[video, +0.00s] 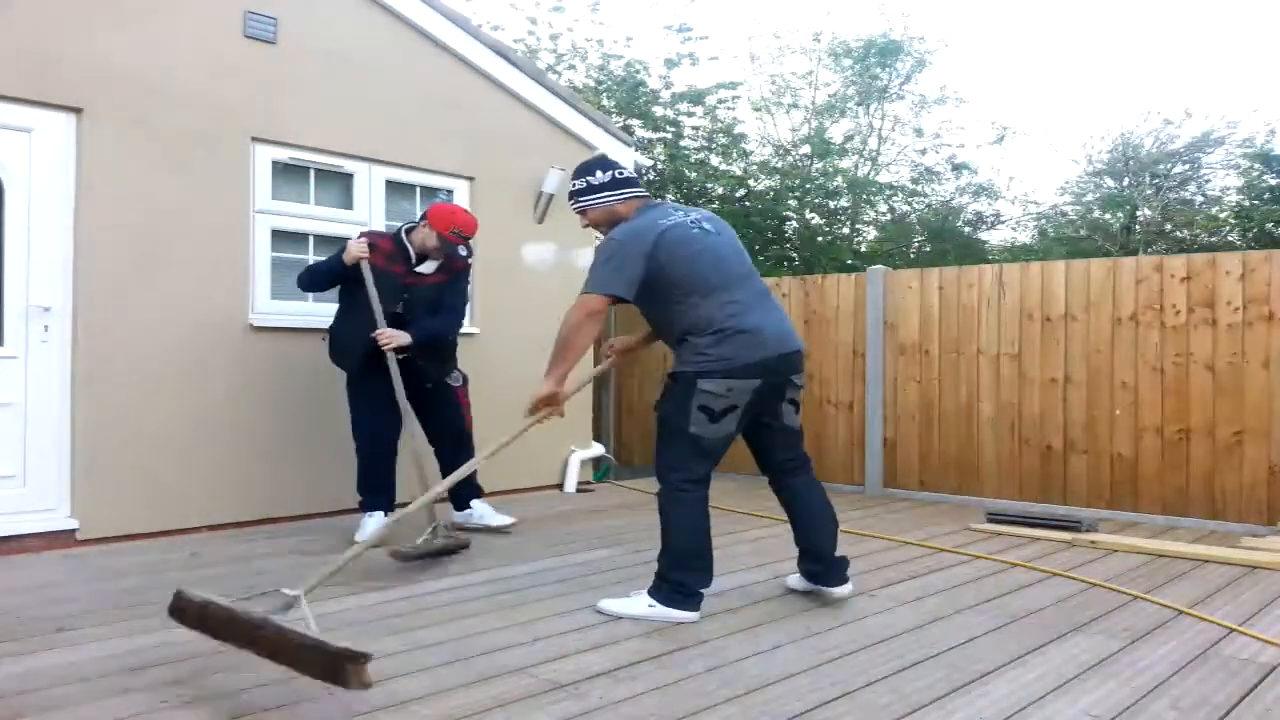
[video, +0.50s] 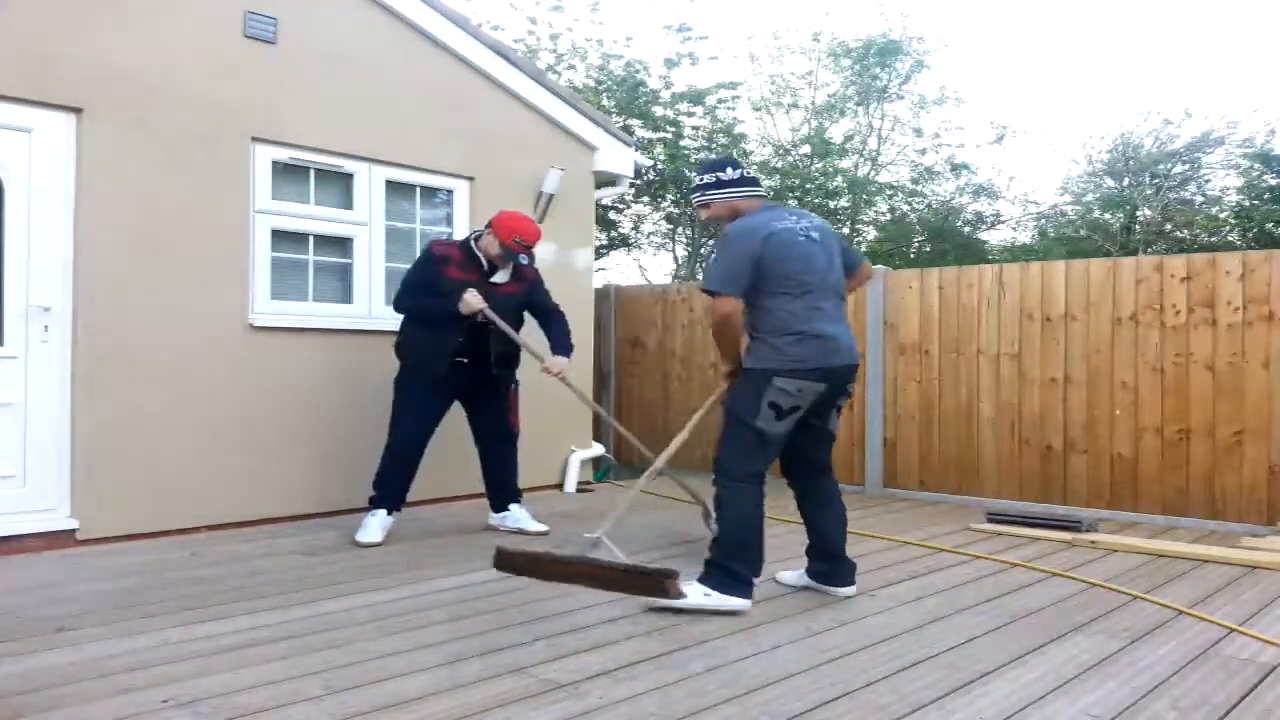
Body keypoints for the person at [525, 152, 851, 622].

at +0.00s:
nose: (586, 222)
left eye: (586, 210)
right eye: (582, 213)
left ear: (613, 199)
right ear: (630, 196)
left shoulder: (628, 236)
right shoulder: (697, 218)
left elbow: (588, 311)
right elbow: (695, 300)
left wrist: (554, 381)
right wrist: (635, 342)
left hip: (716, 361)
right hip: (781, 352)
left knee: (682, 478)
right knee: (789, 466)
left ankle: (677, 594)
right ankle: (827, 573)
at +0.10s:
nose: (600, 218)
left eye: (602, 206)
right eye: (597, 209)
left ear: (630, 197)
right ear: (648, 194)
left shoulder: (645, 233)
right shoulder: (712, 217)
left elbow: (607, 311)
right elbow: (731, 289)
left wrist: (587, 375)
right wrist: (670, 334)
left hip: (722, 362)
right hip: (781, 353)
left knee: (683, 474)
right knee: (790, 465)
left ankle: (677, 594)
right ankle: (827, 568)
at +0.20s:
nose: (624, 215)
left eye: (625, 204)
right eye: (621, 206)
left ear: (651, 196)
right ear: (670, 193)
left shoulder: (667, 234)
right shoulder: (739, 221)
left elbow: (639, 309)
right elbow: (761, 288)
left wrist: (627, 368)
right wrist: (697, 320)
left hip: (728, 366)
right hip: (785, 360)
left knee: (683, 474)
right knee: (785, 464)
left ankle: (677, 593)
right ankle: (828, 568)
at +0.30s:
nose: (657, 215)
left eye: (659, 204)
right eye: (654, 206)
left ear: (684, 198)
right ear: (704, 195)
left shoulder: (695, 236)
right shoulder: (767, 224)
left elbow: (675, 313)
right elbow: (810, 288)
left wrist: (665, 366)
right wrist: (748, 318)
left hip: (740, 368)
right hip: (797, 364)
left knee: (691, 474)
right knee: (786, 466)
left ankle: (678, 591)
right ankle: (830, 571)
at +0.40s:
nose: (684, 215)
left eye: (686, 205)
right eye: (683, 206)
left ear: (709, 197)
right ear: (732, 194)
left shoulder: (721, 234)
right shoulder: (793, 225)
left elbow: (704, 311)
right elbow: (839, 282)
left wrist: (701, 365)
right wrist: (792, 316)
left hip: (761, 367)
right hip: (817, 362)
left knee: (714, 473)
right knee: (798, 466)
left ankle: (682, 584)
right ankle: (831, 572)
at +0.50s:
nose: (703, 215)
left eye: (706, 205)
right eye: (700, 206)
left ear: (730, 196)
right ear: (749, 195)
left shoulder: (741, 234)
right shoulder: (810, 222)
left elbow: (725, 311)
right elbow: (861, 269)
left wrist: (732, 363)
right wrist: (814, 302)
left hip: (782, 363)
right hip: (836, 360)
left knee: (737, 469)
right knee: (808, 463)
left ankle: (728, 582)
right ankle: (832, 571)